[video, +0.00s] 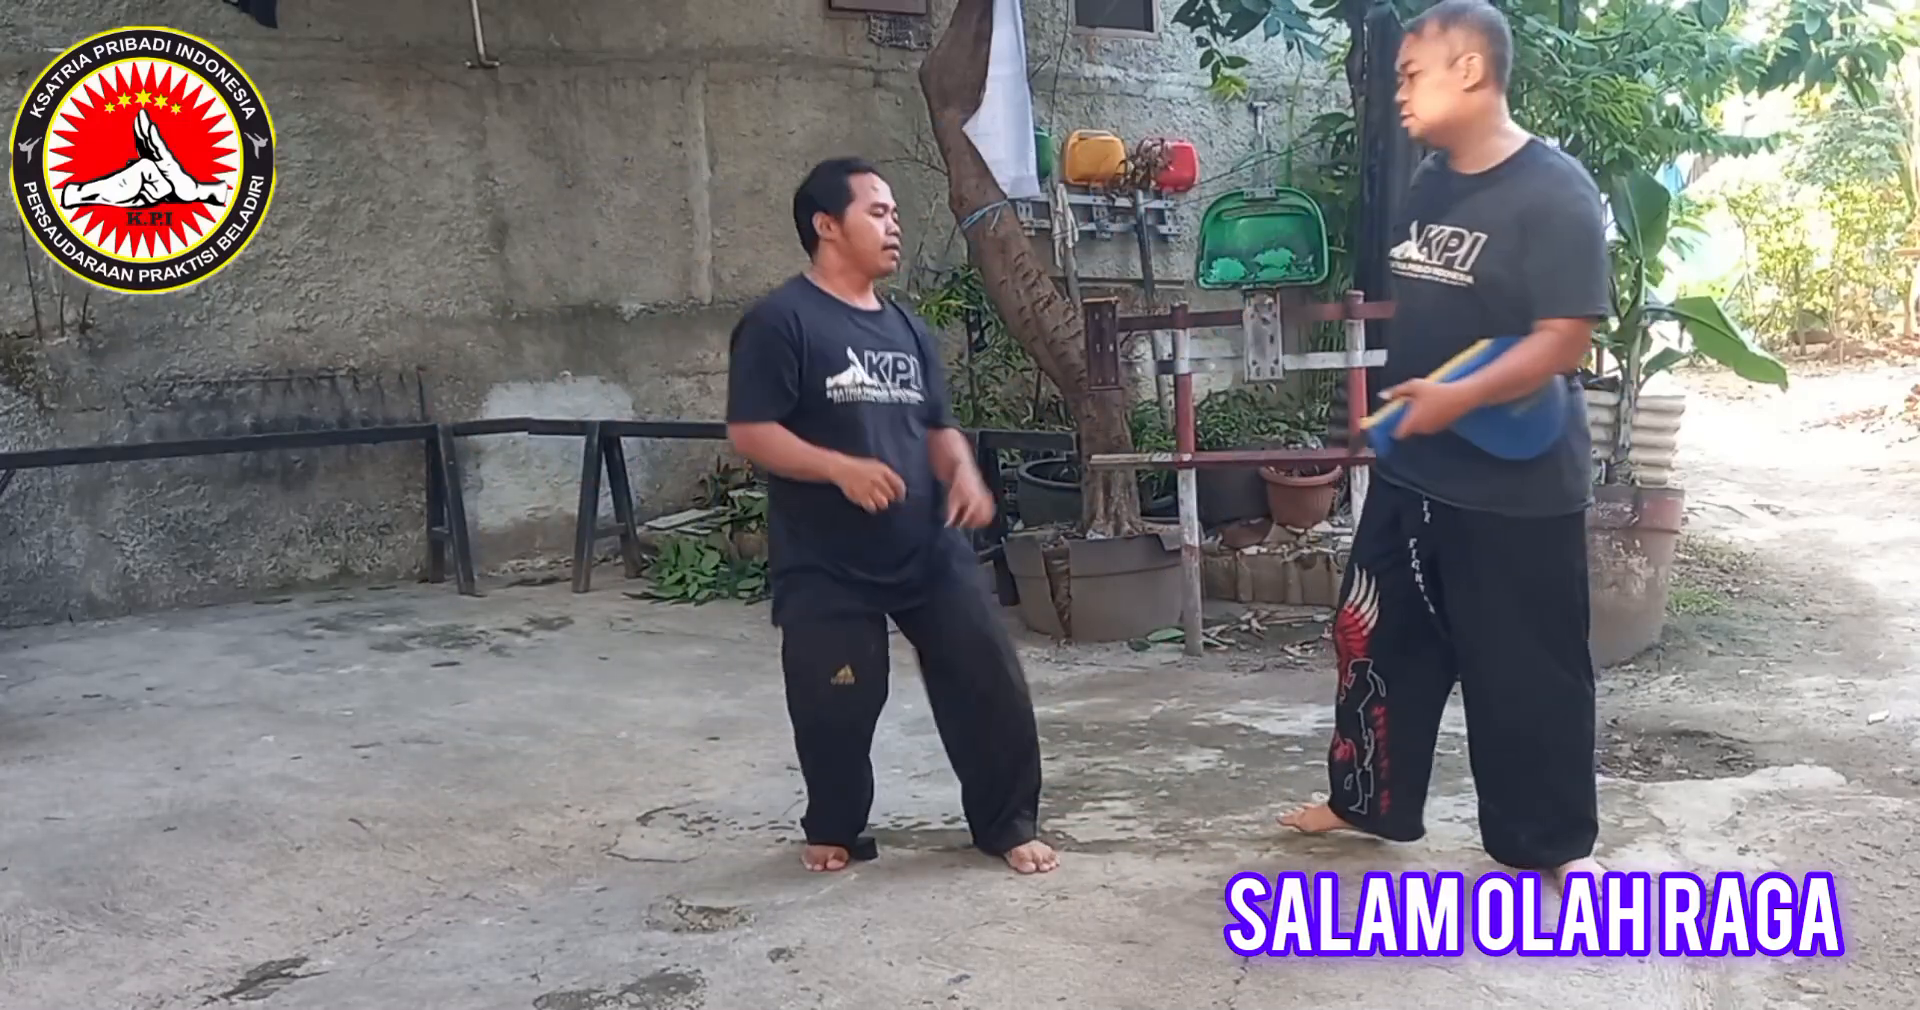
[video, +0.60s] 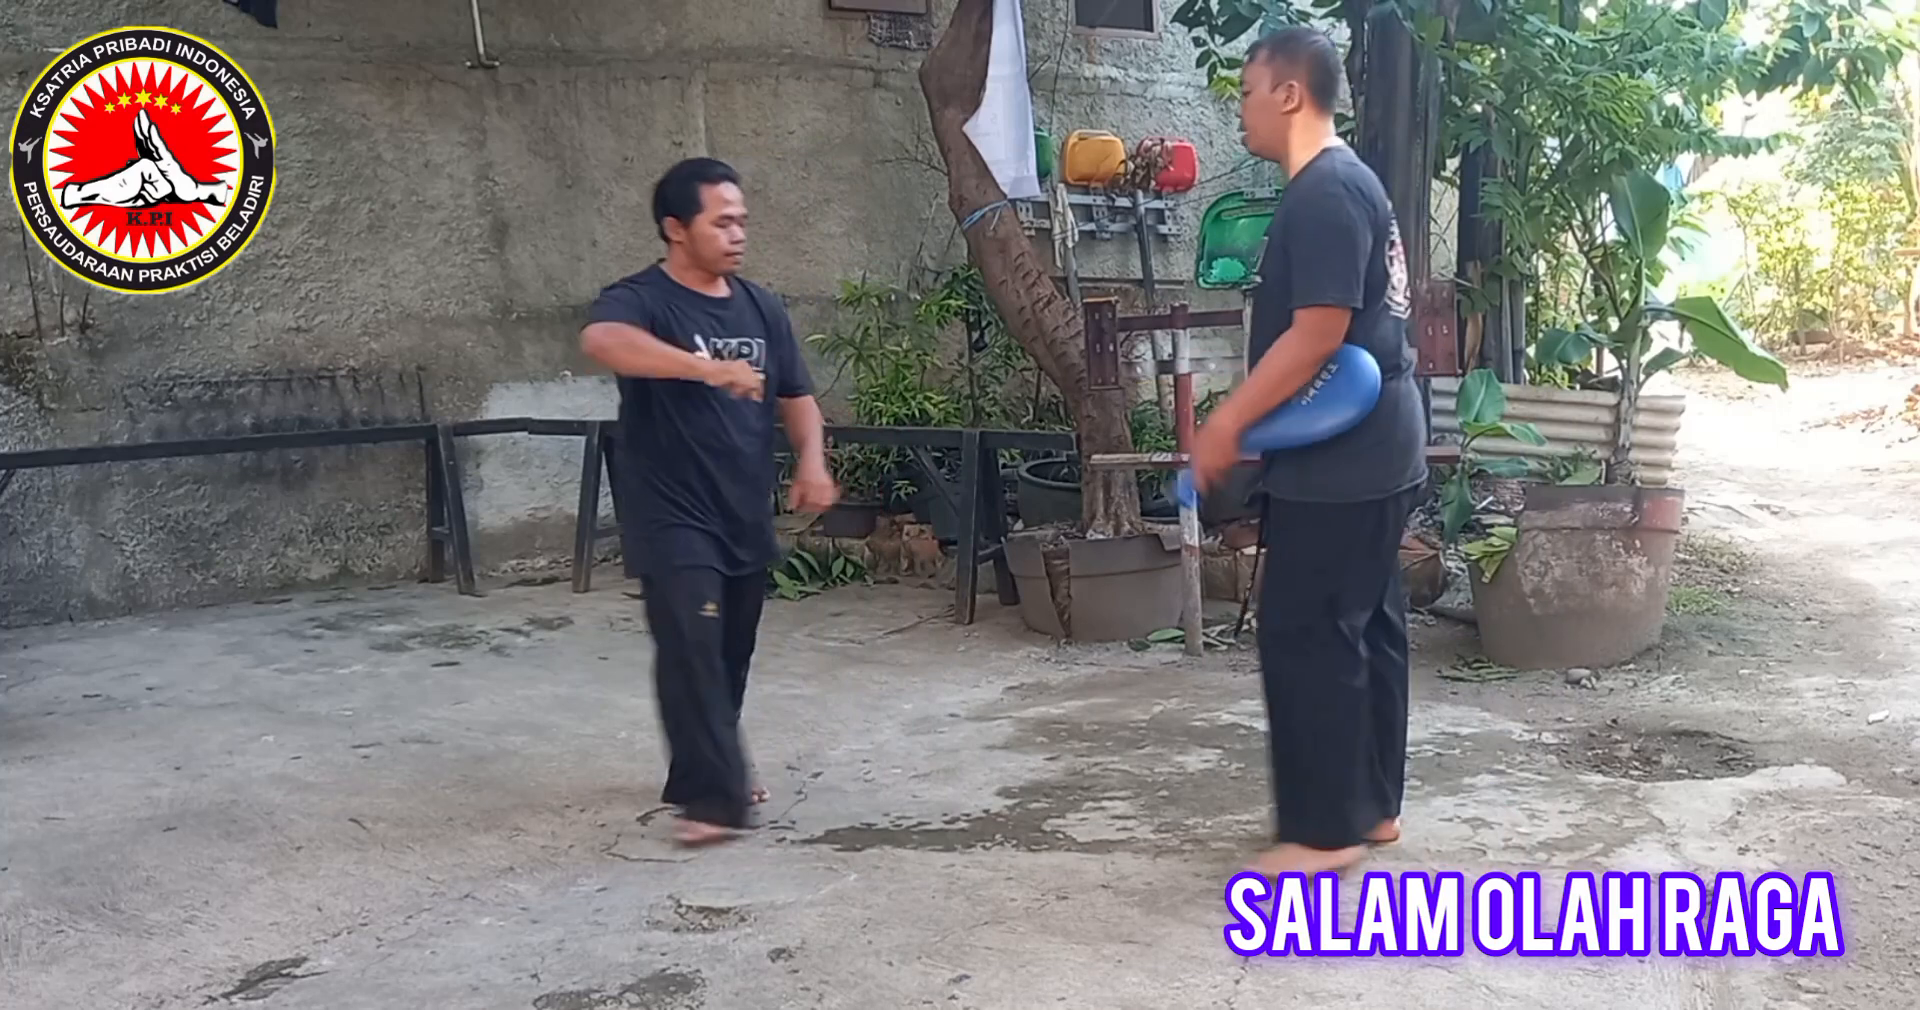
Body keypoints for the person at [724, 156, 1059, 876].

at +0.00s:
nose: (895, 226)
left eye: (894, 213)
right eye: (878, 212)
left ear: (890, 224)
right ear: (826, 226)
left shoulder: (910, 328)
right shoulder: (777, 320)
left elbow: (937, 428)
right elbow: (751, 434)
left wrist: (964, 472)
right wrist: (837, 467)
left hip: (926, 550)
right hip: (825, 561)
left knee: (988, 674)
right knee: (831, 698)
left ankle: (1009, 825)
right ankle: (832, 829)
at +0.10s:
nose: (878, 211)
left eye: (878, 197)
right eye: (863, 197)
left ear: (834, 208)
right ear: (812, 208)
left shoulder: (878, 302)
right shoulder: (762, 297)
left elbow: (898, 406)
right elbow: (729, 406)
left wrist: (920, 479)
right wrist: (829, 438)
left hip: (885, 524)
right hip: (804, 533)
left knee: (941, 665)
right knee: (829, 683)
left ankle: (994, 809)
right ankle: (830, 828)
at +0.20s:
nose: (851, 213)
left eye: (850, 198)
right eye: (835, 200)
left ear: (815, 209)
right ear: (784, 211)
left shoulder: (839, 294)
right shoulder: (740, 301)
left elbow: (857, 400)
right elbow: (717, 410)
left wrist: (888, 477)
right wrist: (817, 447)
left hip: (858, 518)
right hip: (784, 532)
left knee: (897, 646)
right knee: (813, 677)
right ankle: (830, 824)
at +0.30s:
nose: (818, 221)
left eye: (817, 207)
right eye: (802, 209)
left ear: (790, 217)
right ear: (752, 221)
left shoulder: (816, 299)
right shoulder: (706, 313)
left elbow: (836, 404)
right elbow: (688, 425)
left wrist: (870, 481)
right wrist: (777, 477)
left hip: (830, 521)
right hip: (758, 530)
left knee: (827, 652)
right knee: (795, 666)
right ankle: (828, 822)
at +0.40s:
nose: (797, 229)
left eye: (797, 215)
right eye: (780, 217)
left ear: (788, 220)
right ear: (731, 228)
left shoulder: (806, 307)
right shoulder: (685, 318)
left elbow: (830, 405)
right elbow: (644, 421)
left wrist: (860, 472)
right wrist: (720, 470)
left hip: (800, 530)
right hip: (734, 536)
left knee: (768, 651)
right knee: (779, 672)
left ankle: (706, 746)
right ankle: (825, 823)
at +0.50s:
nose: (775, 238)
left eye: (776, 225)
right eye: (760, 227)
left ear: (772, 229)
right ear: (710, 236)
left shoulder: (783, 314)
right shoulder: (661, 313)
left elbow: (814, 402)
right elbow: (580, 382)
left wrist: (843, 463)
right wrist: (673, 386)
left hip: (766, 523)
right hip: (694, 524)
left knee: (729, 649)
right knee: (731, 654)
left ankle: (690, 769)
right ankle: (795, 811)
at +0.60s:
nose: (740, 232)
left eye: (742, 219)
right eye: (724, 220)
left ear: (743, 225)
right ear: (676, 229)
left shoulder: (762, 307)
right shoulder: (640, 296)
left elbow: (797, 394)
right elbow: (601, 342)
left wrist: (812, 461)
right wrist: (703, 367)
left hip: (745, 513)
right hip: (669, 510)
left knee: (729, 650)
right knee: (691, 642)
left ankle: (706, 774)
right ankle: (708, 799)